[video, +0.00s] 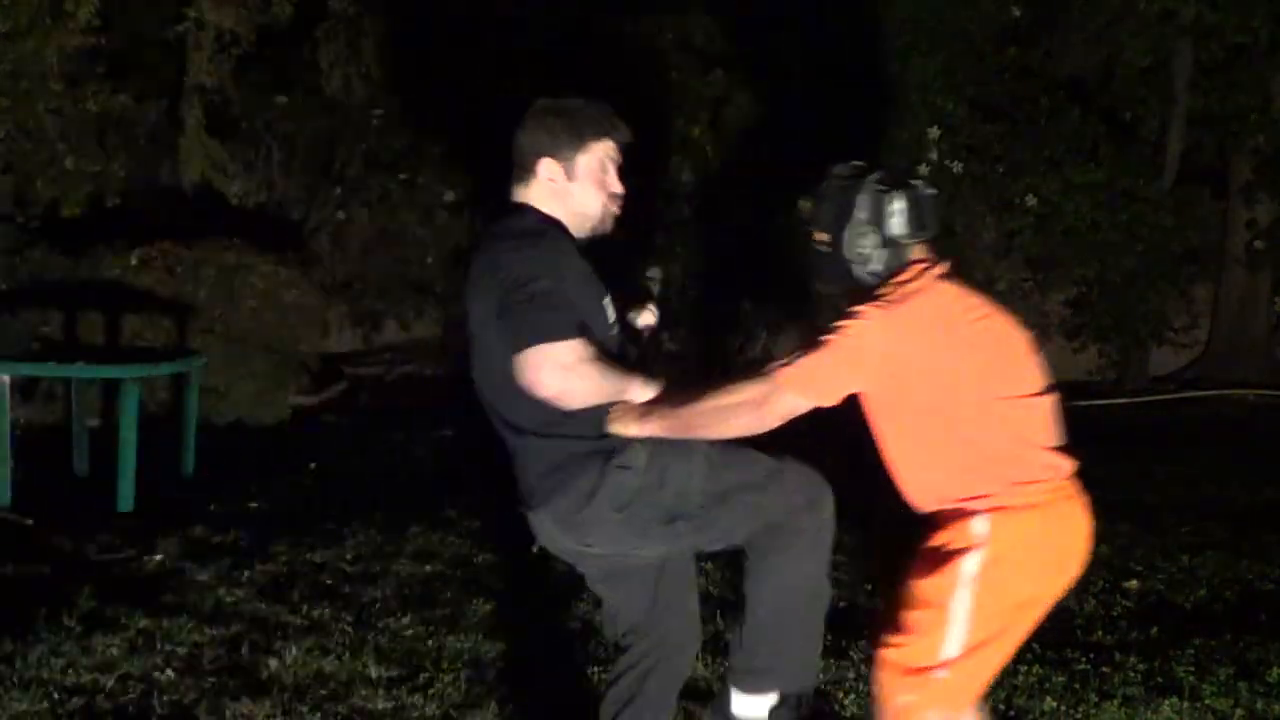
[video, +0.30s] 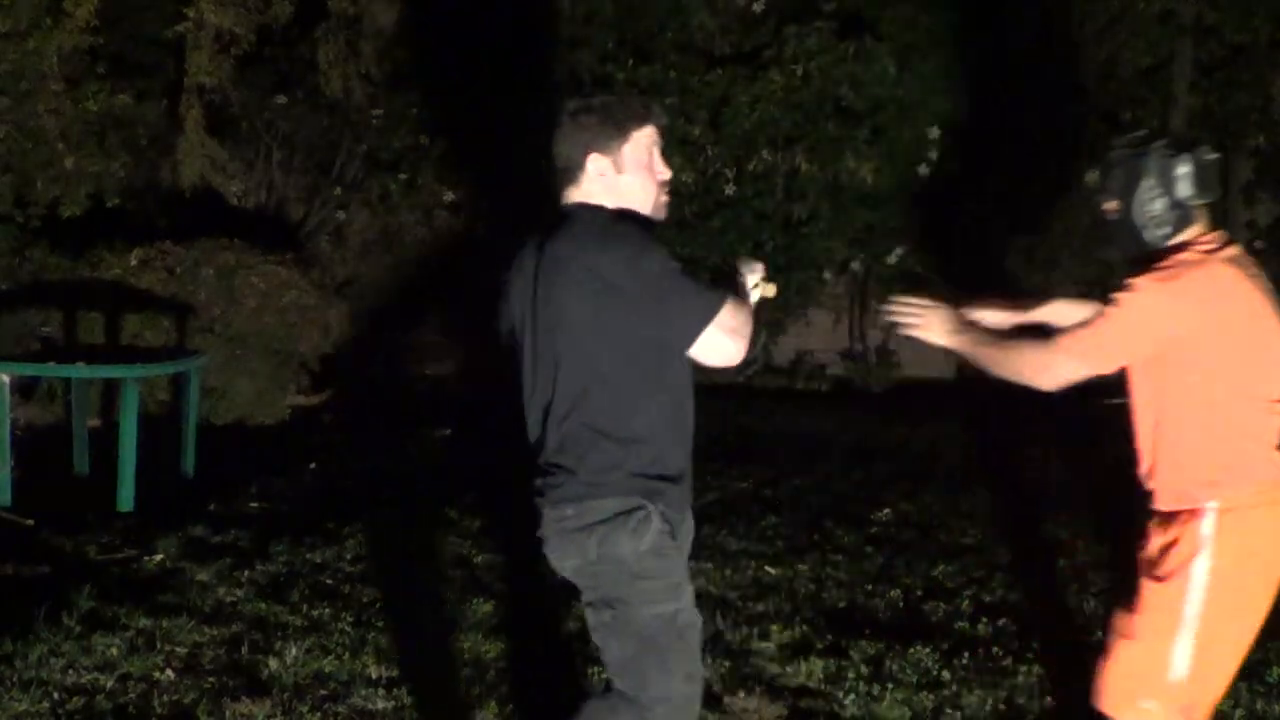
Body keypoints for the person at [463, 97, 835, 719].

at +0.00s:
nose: (619, 190)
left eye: (617, 173)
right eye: (606, 172)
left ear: (555, 176)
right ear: (553, 174)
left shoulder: (518, 250)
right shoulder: (531, 249)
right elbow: (550, 372)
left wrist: (620, 331)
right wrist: (646, 389)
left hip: (573, 496)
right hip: (603, 481)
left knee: (658, 646)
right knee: (795, 502)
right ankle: (762, 699)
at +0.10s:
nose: (594, 167)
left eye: (587, 151)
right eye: (578, 153)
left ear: (524, 172)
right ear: (530, 168)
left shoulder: (481, 266)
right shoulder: (559, 243)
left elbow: (466, 344)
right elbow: (655, 352)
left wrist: (555, 345)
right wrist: (719, 350)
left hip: (574, 512)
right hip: (640, 492)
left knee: (660, 642)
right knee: (789, 606)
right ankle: (680, 712)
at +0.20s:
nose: (631, 172)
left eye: (623, 156)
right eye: (614, 157)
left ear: (557, 176)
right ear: (567, 171)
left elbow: (468, 378)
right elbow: (720, 333)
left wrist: (551, 350)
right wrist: (736, 307)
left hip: (566, 523)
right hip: (631, 516)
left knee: (683, 670)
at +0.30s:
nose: (667, 171)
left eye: (661, 154)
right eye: (651, 154)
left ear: (601, 166)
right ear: (605, 164)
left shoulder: (536, 264)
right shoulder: (619, 251)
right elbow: (729, 343)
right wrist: (745, 291)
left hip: (574, 517)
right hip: (627, 522)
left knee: (647, 692)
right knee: (664, 698)